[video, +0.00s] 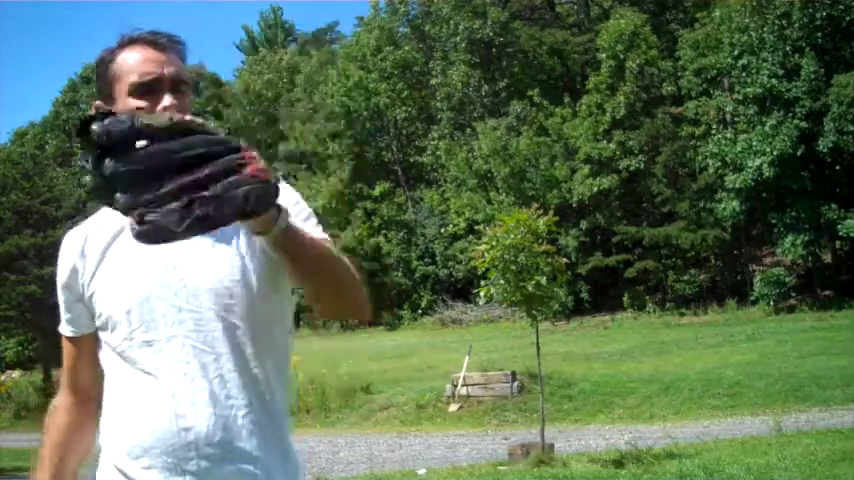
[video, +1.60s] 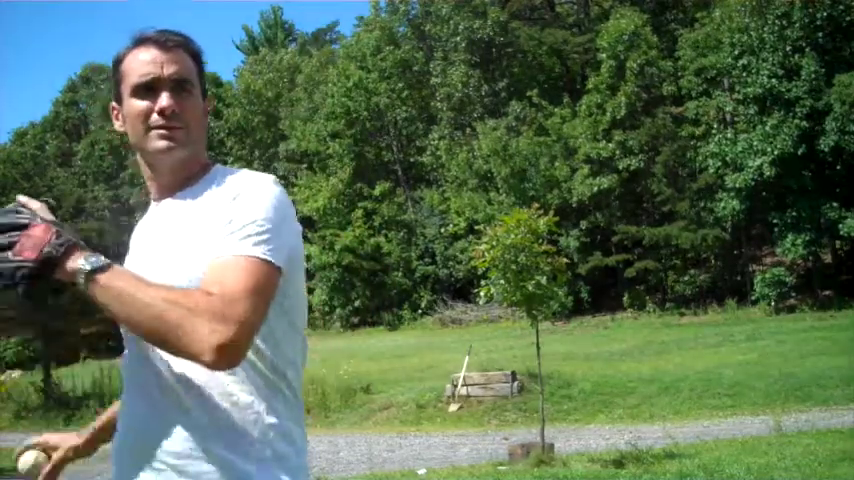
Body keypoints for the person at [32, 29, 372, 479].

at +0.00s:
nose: (169, 102)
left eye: (179, 88)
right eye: (147, 91)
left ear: (194, 98)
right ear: (107, 112)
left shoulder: (267, 200)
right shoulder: (87, 245)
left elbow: (354, 307)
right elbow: (77, 396)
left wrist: (273, 227)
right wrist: (48, 474)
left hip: (258, 465)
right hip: (136, 469)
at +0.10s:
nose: (149, 113)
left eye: (162, 95)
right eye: (128, 100)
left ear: (185, 108)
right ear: (97, 120)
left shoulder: (259, 203)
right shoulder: (87, 233)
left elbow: (329, 349)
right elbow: (80, 382)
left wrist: (234, 271)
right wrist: (58, 432)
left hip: (254, 466)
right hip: (133, 469)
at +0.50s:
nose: (120, 144)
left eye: (137, 121)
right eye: (104, 126)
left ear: (180, 116)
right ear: (92, 127)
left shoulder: (265, 217)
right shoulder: (79, 244)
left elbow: (315, 378)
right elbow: (67, 419)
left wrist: (255, 339)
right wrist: (67, 371)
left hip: (245, 468)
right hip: (123, 469)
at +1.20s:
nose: (145, 118)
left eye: (159, 100)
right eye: (125, 104)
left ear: (184, 114)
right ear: (97, 125)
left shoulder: (249, 213)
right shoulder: (89, 238)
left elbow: (308, 367)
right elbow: (85, 397)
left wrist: (187, 354)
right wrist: (40, 378)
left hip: (236, 468)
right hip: (120, 469)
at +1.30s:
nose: (143, 115)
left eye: (159, 98)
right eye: (124, 101)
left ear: (184, 115)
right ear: (97, 123)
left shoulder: (244, 208)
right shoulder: (99, 236)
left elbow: (285, 368)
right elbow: (114, 392)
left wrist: (130, 354)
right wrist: (43, 417)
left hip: (228, 469)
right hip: (123, 468)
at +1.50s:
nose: (152, 107)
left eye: (168, 91)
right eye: (133, 95)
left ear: (193, 111)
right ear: (106, 119)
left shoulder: (244, 203)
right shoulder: (130, 235)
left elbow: (227, 357)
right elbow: (151, 386)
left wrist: (68, 298)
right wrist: (103, 467)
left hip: (235, 469)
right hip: (134, 468)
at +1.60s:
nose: (165, 103)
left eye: (181, 88)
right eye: (146, 91)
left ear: (206, 108)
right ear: (118, 117)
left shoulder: (257, 197)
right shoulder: (146, 230)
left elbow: (219, 336)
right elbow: (164, 375)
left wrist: (76, 262)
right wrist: (88, 438)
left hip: (246, 468)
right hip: (144, 468)